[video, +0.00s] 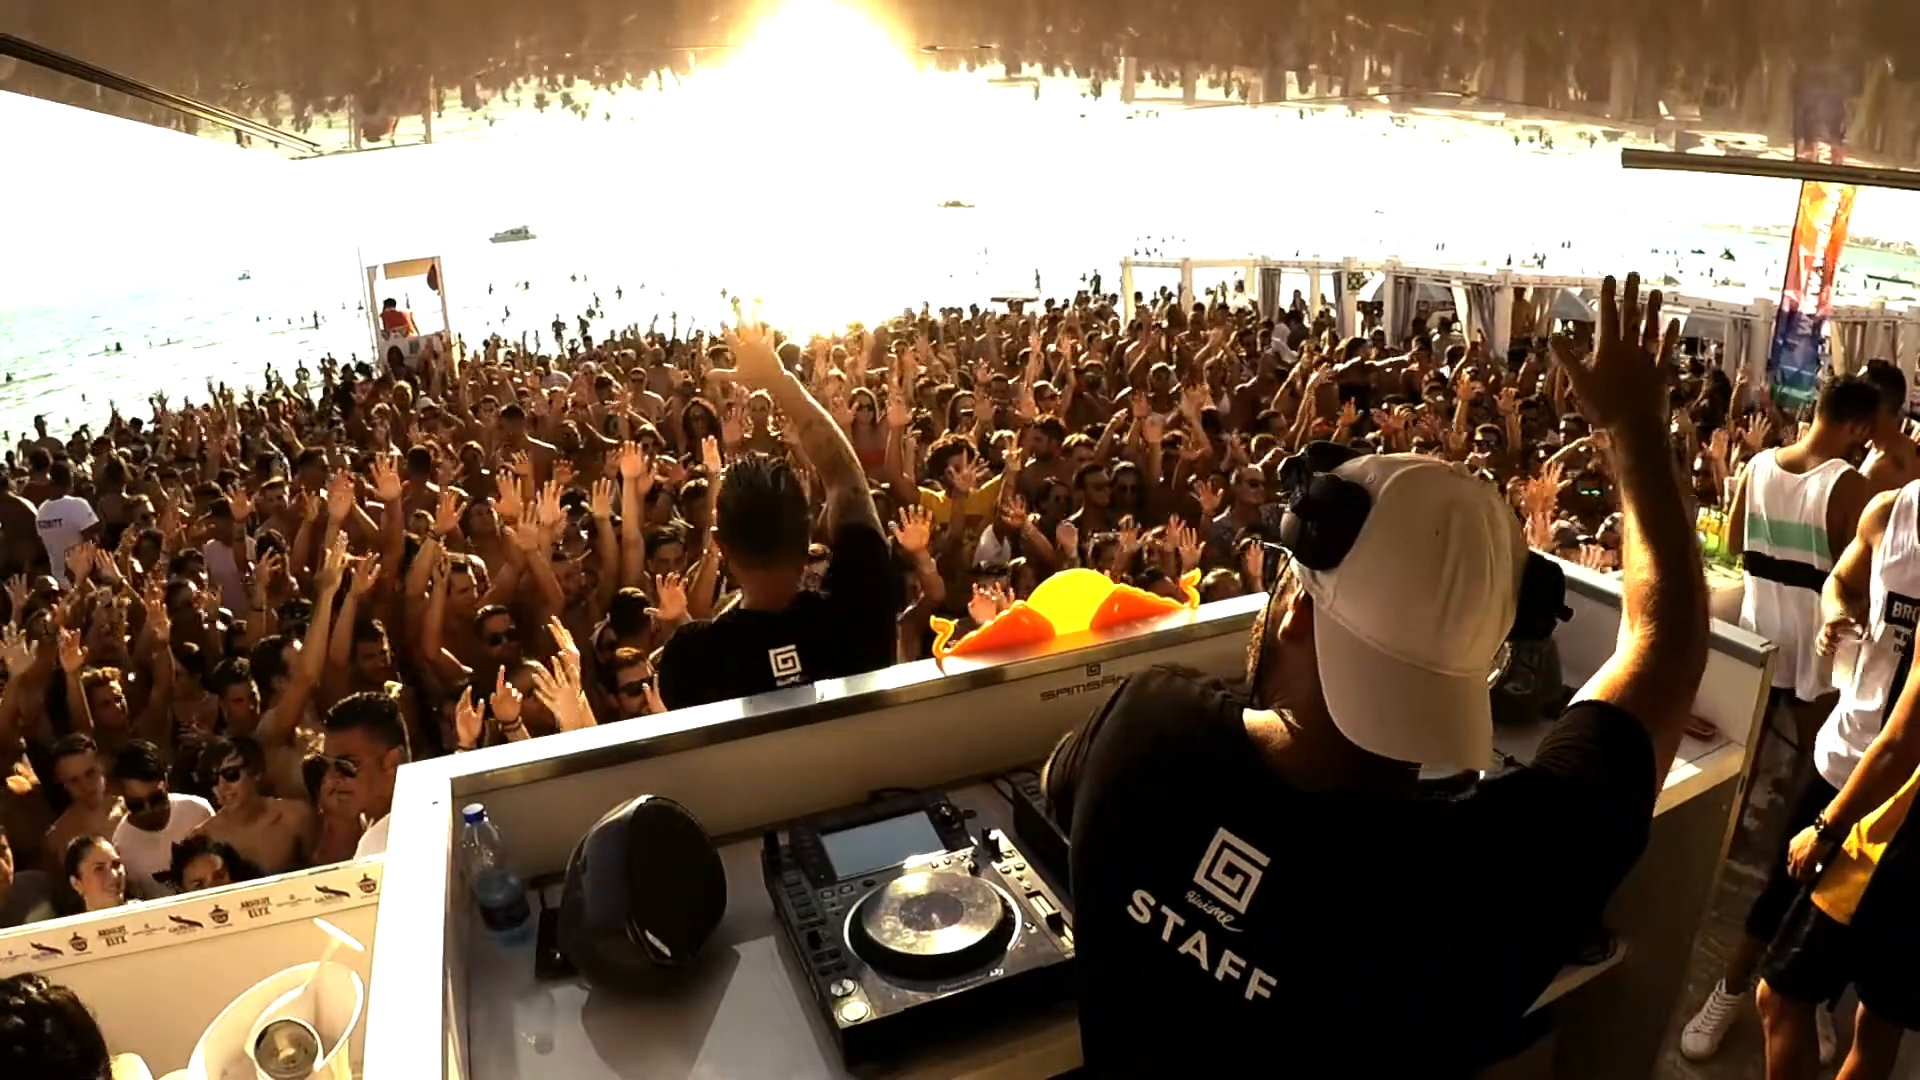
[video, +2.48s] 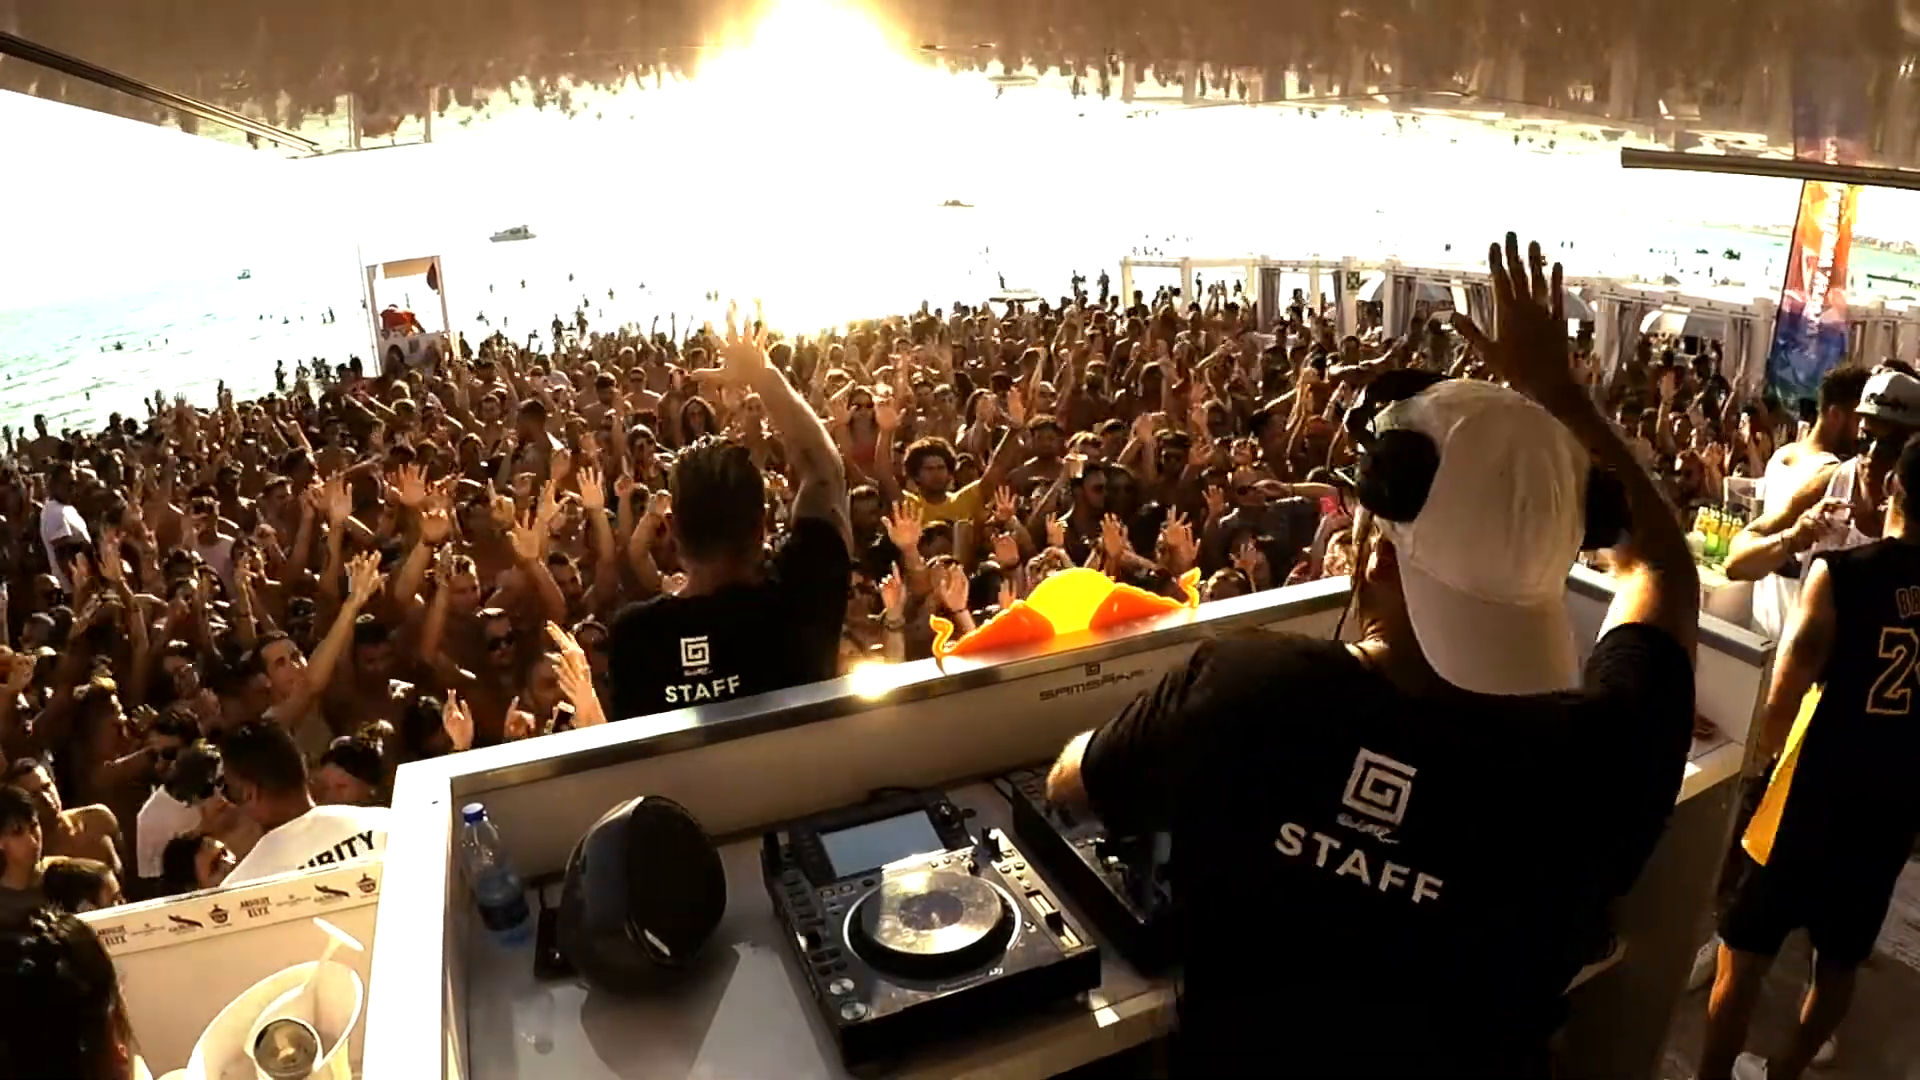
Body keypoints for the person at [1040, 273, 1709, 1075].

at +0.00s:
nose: (1277, 591)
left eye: (1290, 580)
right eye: (1293, 575)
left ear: (1298, 614)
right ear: (1474, 668)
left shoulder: (1143, 725)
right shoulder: (1486, 880)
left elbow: (1058, 794)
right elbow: (1666, 640)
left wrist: (1261, 661)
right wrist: (1636, 424)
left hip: (1119, 1064)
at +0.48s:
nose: (1284, 594)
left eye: (1296, 586)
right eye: (1299, 578)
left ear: (1299, 626)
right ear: (1486, 670)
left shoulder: (1147, 738)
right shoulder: (1502, 886)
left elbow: (1053, 801)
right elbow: (1665, 639)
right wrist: (1624, 412)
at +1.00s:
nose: (1303, 602)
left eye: (1314, 593)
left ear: (1317, 628)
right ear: (1493, 681)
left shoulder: (1159, 738)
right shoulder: (1491, 897)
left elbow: (1057, 788)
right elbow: (1669, 663)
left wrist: (1263, 706)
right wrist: (1617, 438)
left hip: (1113, 1053)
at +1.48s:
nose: (1315, 604)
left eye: (1325, 597)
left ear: (1324, 634)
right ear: (1497, 690)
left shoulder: (1165, 735)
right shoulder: (1492, 898)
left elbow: (1058, 784)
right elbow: (1677, 683)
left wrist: (1276, 702)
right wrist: (1614, 441)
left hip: (1111, 1057)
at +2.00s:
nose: (1308, 570)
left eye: (1318, 561)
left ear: (1322, 597)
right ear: (1495, 646)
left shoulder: (1172, 706)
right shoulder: (1498, 863)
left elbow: (1050, 780)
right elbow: (1683, 621)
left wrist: (1289, 672)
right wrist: (1616, 389)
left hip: (1139, 1063)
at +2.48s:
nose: (1357, 525)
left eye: (1369, 510)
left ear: (1383, 559)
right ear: (1554, 570)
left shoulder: (1240, 692)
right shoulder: (1596, 777)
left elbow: (1067, 788)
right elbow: (1658, 561)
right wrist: (1561, 391)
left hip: (1231, 1061)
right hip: (1475, 1078)